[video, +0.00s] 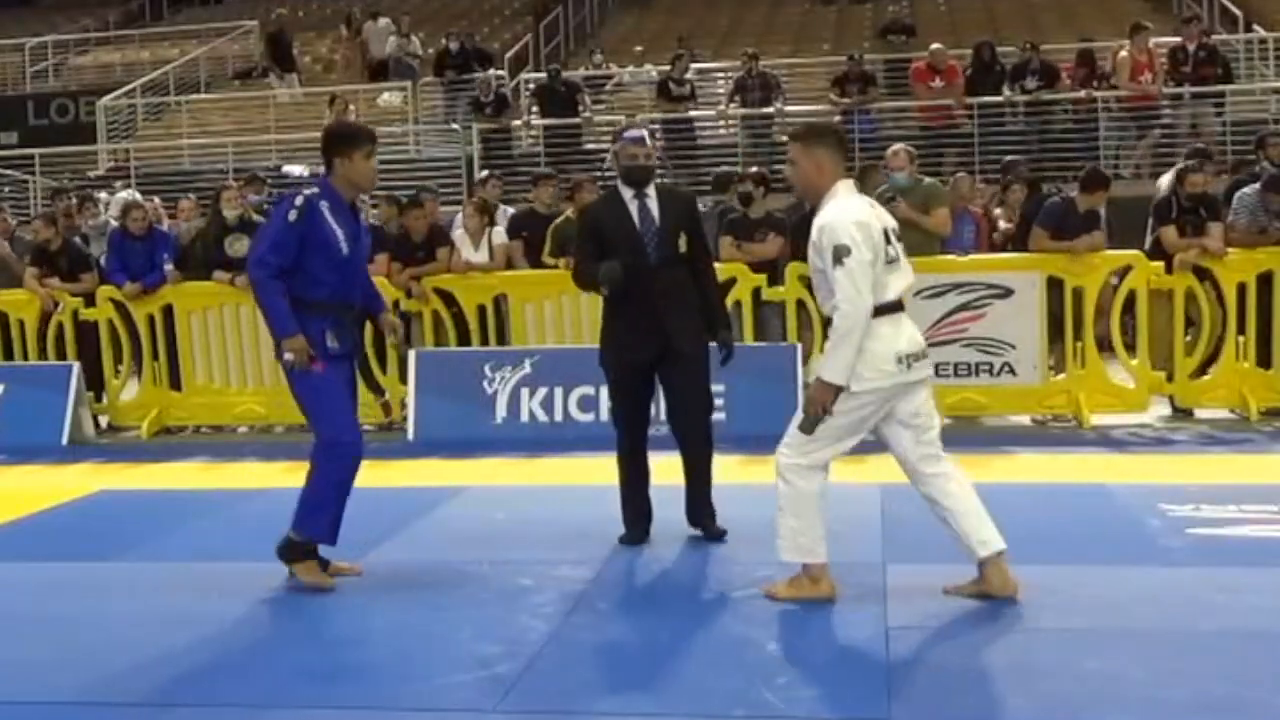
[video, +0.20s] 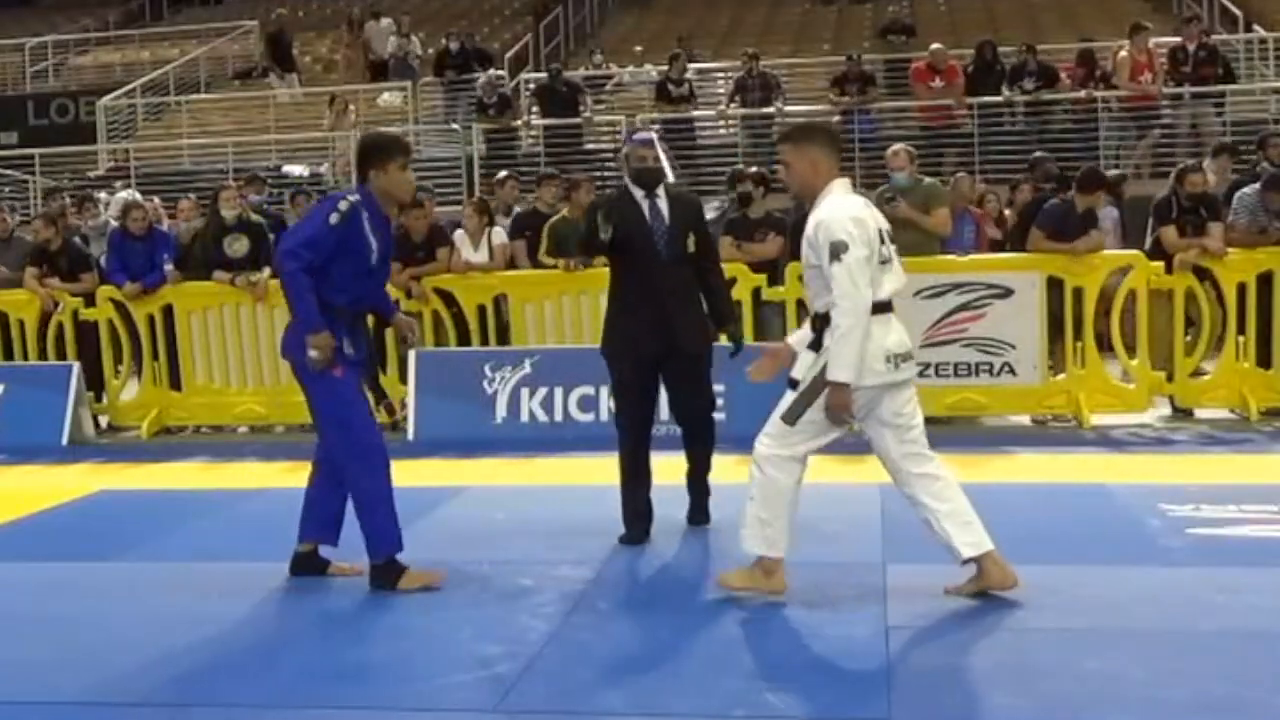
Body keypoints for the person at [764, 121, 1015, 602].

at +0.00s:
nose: (789, 175)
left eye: (794, 164)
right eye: (789, 164)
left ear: (818, 163)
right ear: (831, 163)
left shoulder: (838, 220)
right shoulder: (868, 207)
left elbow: (853, 306)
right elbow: (900, 283)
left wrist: (829, 378)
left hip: (871, 352)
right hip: (906, 344)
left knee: (797, 457)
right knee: (928, 461)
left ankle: (814, 573)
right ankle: (994, 567)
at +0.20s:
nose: (782, 177)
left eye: (785, 166)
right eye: (781, 167)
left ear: (813, 162)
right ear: (822, 163)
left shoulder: (834, 217)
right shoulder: (860, 208)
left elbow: (850, 304)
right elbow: (846, 303)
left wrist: (839, 378)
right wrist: (792, 345)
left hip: (848, 359)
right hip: (886, 355)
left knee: (775, 448)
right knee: (914, 461)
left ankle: (768, 565)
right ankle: (989, 562)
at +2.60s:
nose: (1005, 143)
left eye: (1011, 132)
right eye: (1006, 132)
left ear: (1039, 135)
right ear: (1056, 135)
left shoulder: (1055, 198)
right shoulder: (1092, 190)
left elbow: (1068, 292)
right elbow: (1119, 284)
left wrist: (1047, 374)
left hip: (1085, 363)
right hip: (1115, 358)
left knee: (1062, 481)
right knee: (1103, 475)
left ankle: (1125, 594)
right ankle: (1151, 583)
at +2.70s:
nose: (994, 131)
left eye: (1000, 120)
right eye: (996, 120)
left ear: (1028, 124)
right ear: (1045, 124)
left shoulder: (1047, 186)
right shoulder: (1080, 179)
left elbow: (1075, 276)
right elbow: (1118, 265)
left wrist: (1059, 359)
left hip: (1082, 353)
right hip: (1110, 351)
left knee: (1044, 469)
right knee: (1102, 462)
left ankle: (1118, 576)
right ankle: (1146, 573)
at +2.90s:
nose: (965, 140)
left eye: (967, 127)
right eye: (965, 128)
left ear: (990, 125)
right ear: (1016, 124)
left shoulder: (1022, 177)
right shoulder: (1062, 175)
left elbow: (1067, 239)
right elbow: (1109, 254)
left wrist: (1050, 319)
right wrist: (1087, 315)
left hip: (1068, 328)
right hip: (1101, 324)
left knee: (1034, 457)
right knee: (1082, 459)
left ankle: (1090, 599)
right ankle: (1113, 573)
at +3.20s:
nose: (881, 231)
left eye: (884, 218)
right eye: (881, 219)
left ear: (907, 217)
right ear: (936, 215)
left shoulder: (945, 273)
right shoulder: (999, 242)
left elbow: (948, 365)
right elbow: (1072, 287)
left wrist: (916, 414)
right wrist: (1059, 361)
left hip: (1042, 398)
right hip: (1064, 385)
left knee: (995, 523)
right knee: (991, 458)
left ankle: (1079, 656)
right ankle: (1081, 566)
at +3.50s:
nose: (761, 288)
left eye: (762, 275)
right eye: (759, 275)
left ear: (782, 271)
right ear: (814, 262)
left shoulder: (804, 318)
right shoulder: (874, 279)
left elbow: (817, 423)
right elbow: (959, 335)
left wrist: (798, 454)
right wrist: (890, 419)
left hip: (940, 405)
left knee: (934, 555)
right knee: (852, 503)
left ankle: (1061, 633)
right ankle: (824, 619)